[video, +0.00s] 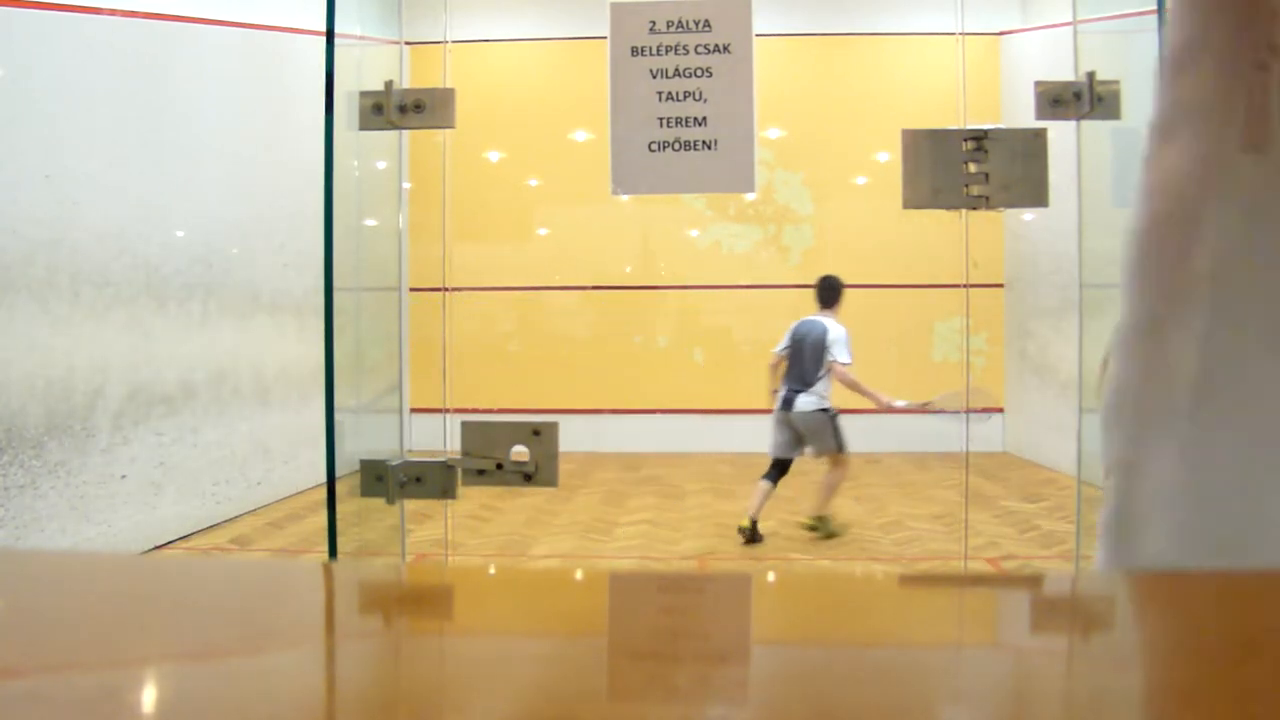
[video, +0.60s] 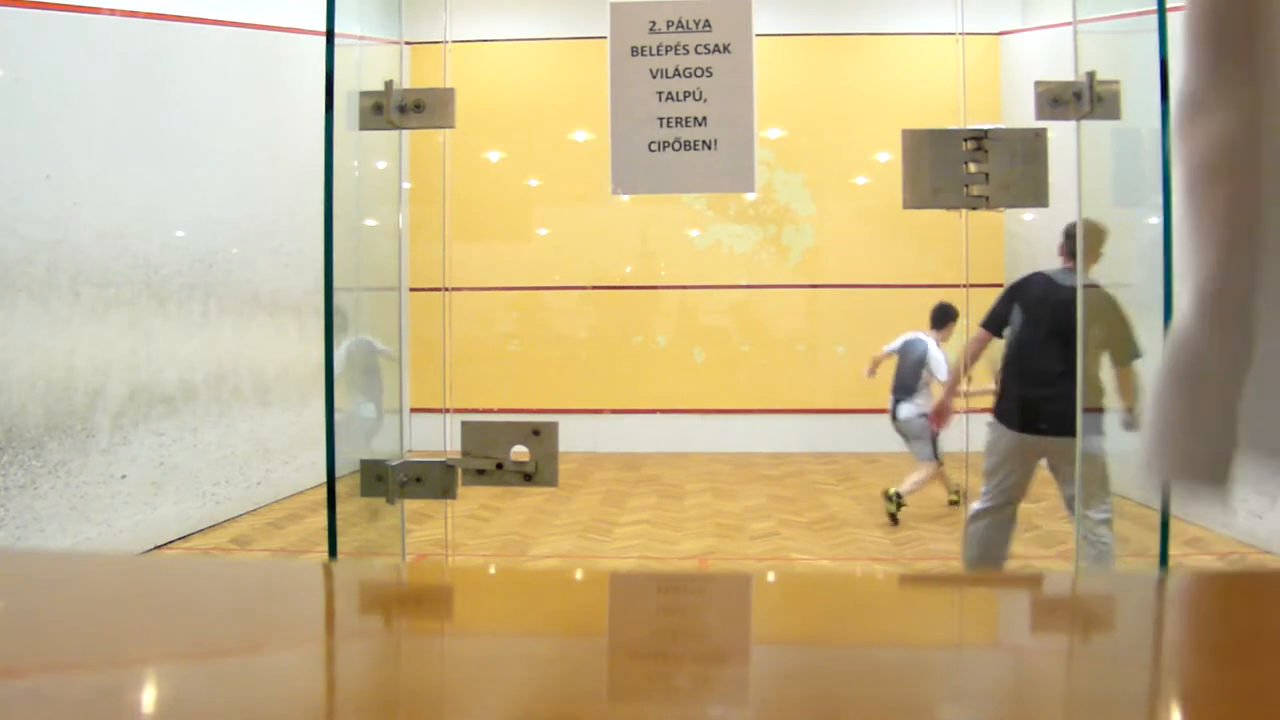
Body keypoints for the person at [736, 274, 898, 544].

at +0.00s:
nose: (839, 300)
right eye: (840, 296)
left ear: (817, 297)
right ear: (839, 298)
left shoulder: (799, 326)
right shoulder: (836, 330)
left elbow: (775, 361)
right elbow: (840, 374)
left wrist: (775, 391)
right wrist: (876, 398)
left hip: (785, 407)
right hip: (813, 409)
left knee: (778, 465)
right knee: (839, 461)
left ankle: (750, 521)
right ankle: (819, 515)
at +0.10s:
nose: (867, 301)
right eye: (867, 296)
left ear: (844, 297)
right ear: (865, 298)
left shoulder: (825, 323)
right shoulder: (858, 329)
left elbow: (805, 357)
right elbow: (860, 370)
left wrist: (819, 382)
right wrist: (901, 391)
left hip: (812, 400)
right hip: (840, 404)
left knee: (799, 458)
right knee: (862, 457)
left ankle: (763, 503)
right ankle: (870, 511)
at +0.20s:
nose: (892, 307)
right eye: (892, 303)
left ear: (869, 302)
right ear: (890, 305)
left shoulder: (848, 328)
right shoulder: (879, 334)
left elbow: (830, 359)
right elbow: (885, 375)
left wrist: (843, 384)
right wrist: (925, 390)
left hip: (835, 405)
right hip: (861, 407)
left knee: (834, 462)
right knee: (886, 457)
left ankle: (800, 486)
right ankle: (876, 513)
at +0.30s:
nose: (913, 311)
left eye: (912, 307)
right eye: (913, 307)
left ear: (891, 302)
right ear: (910, 306)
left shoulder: (867, 325)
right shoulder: (896, 332)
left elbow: (847, 354)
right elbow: (901, 371)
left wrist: (860, 378)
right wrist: (942, 385)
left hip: (851, 401)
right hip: (875, 404)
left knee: (867, 451)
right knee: (894, 457)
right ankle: (878, 510)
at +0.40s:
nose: (930, 312)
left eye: (931, 307)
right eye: (931, 307)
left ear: (909, 302)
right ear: (926, 307)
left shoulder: (885, 322)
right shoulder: (911, 330)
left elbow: (861, 347)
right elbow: (916, 369)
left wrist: (866, 374)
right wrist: (954, 381)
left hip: (866, 395)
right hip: (887, 398)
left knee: (891, 451)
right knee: (902, 454)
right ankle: (880, 504)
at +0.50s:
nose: (945, 318)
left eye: (946, 313)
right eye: (945, 313)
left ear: (924, 307)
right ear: (939, 312)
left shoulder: (901, 326)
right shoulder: (924, 336)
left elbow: (872, 344)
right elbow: (930, 373)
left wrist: (869, 359)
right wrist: (963, 380)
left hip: (881, 398)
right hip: (901, 401)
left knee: (912, 452)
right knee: (912, 457)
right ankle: (885, 501)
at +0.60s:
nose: (953, 331)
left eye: (953, 326)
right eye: (953, 326)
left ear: (933, 321)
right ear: (947, 326)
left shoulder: (910, 338)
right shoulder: (934, 352)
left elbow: (881, 354)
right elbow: (950, 389)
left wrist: (872, 368)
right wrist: (990, 390)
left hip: (897, 410)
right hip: (915, 412)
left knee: (932, 456)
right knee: (931, 464)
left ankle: (953, 490)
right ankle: (898, 494)